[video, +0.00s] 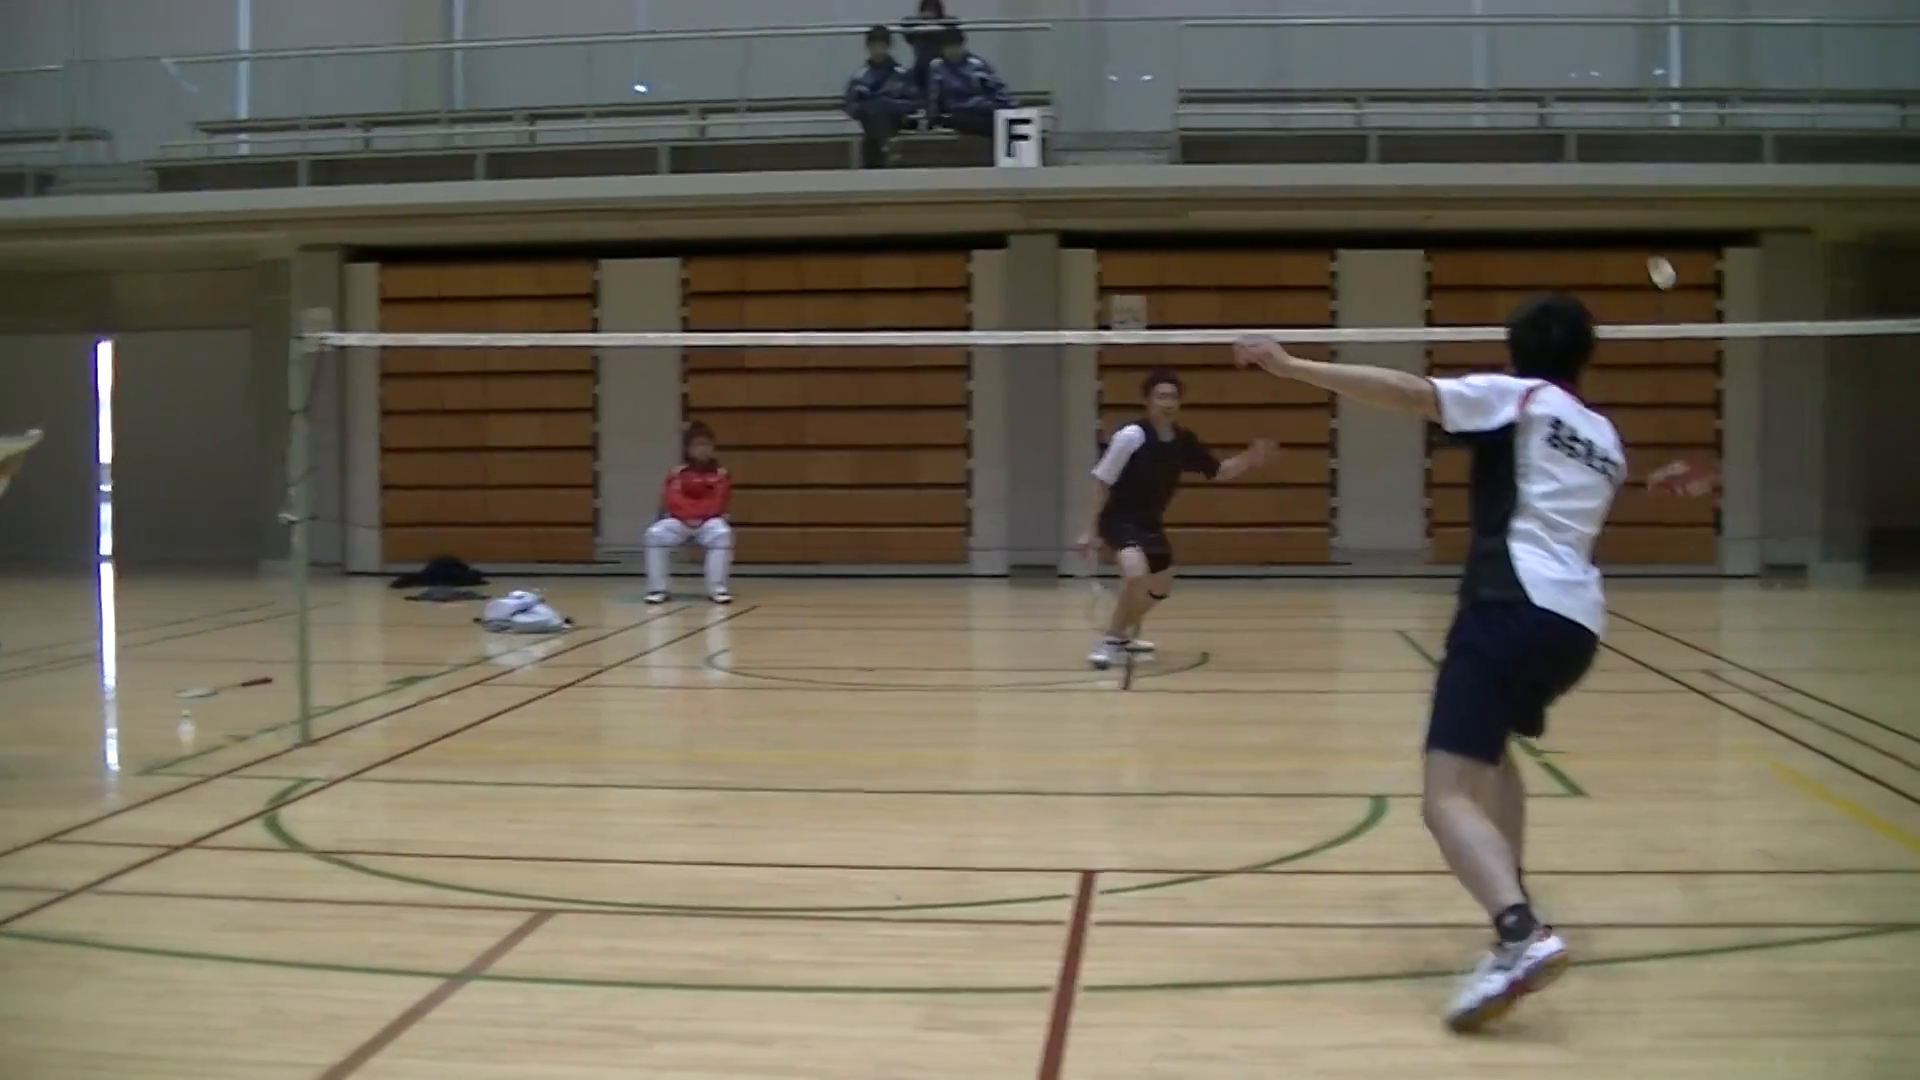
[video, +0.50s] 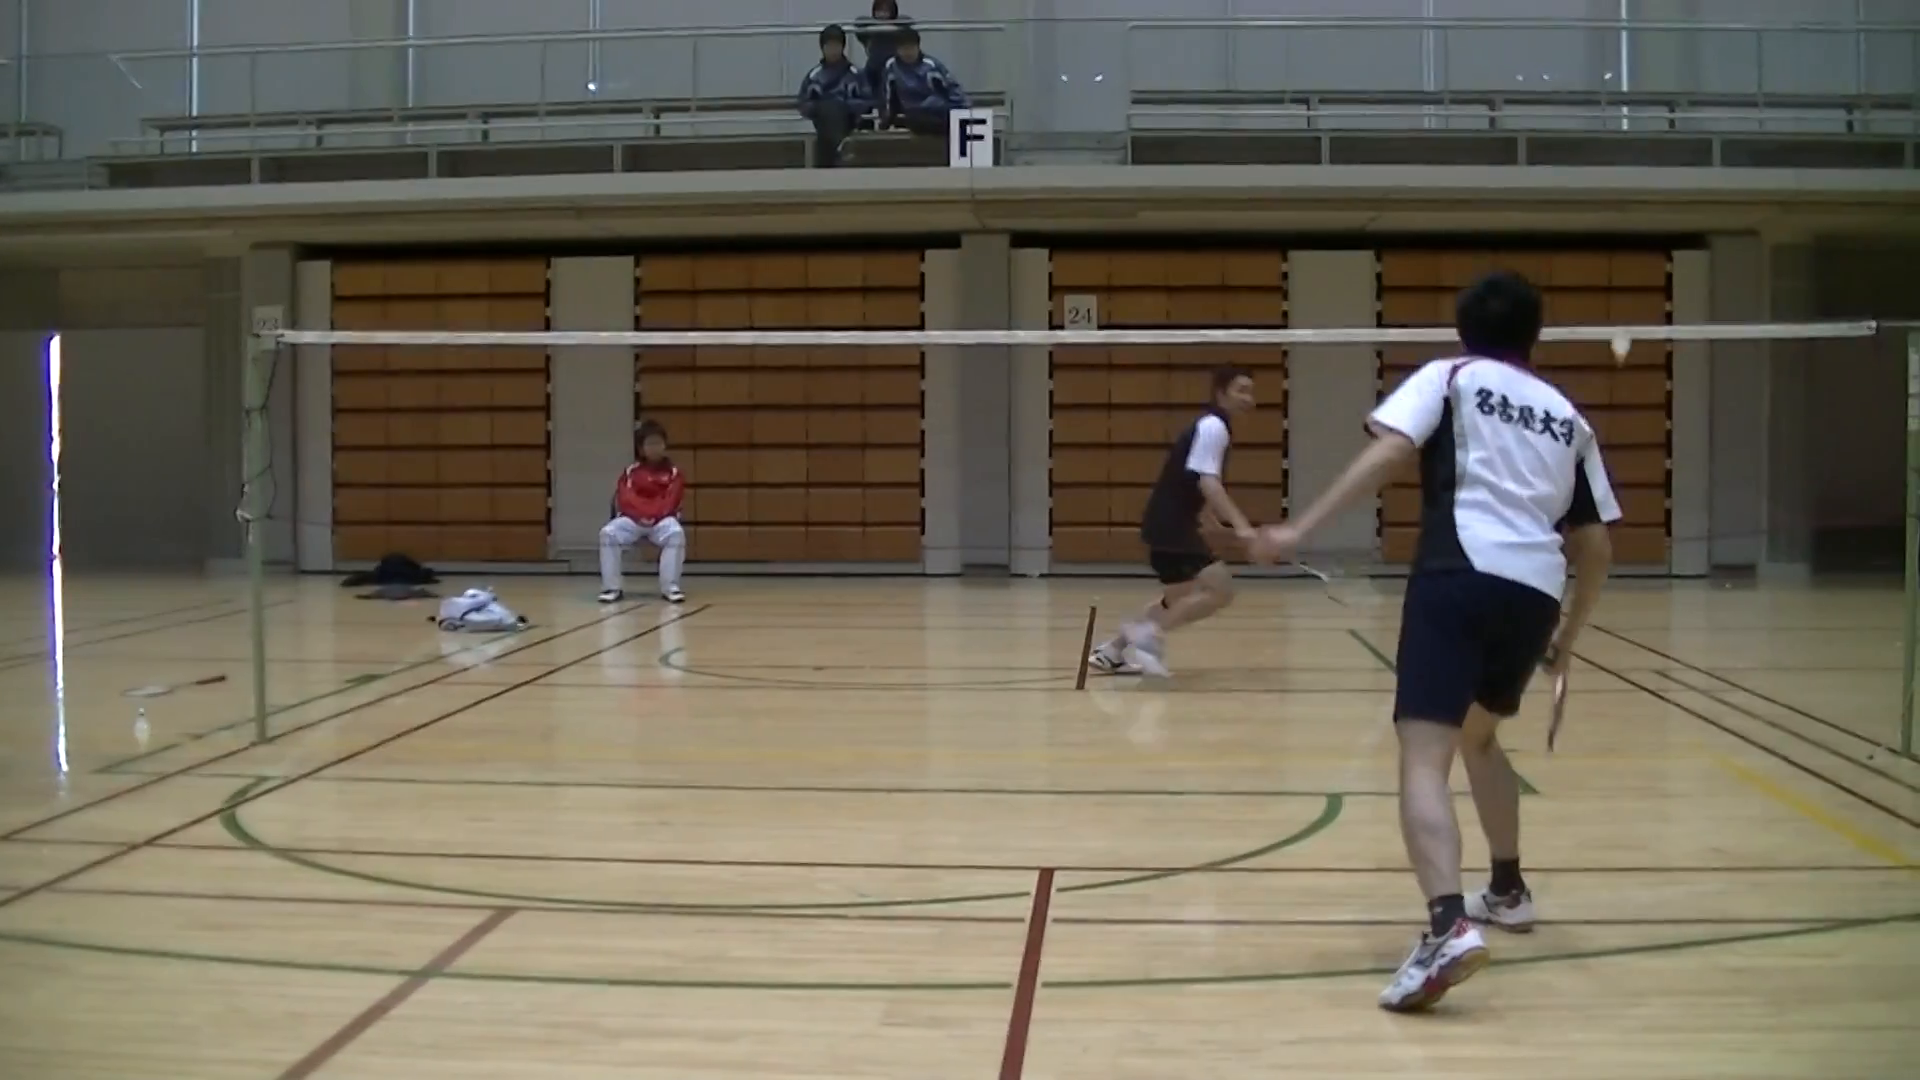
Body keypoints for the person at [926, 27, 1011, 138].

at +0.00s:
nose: (954, 52)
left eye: (957, 47)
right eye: (949, 48)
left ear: (962, 47)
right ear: (943, 49)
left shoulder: (976, 63)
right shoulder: (937, 67)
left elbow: (996, 84)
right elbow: (934, 95)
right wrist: (933, 118)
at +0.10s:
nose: (944, 52)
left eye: (947, 46)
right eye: (940, 47)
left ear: (954, 46)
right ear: (934, 49)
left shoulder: (969, 62)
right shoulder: (929, 66)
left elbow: (988, 84)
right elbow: (926, 94)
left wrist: (1000, 104)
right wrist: (924, 118)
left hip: (980, 108)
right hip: (952, 112)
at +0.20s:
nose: (943, 52)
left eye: (945, 46)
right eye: (938, 47)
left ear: (953, 46)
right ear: (932, 49)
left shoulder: (968, 63)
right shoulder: (927, 66)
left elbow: (986, 85)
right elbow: (923, 93)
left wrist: (999, 104)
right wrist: (922, 118)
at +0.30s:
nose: (928, 52)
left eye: (931, 47)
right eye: (923, 48)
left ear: (937, 46)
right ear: (915, 49)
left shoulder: (949, 63)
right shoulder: (910, 67)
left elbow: (969, 85)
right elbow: (906, 94)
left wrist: (983, 105)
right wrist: (905, 118)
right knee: (952, 101)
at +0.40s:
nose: (913, 53)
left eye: (916, 47)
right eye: (908, 48)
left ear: (923, 47)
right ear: (902, 50)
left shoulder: (935, 63)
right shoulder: (897, 66)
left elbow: (955, 85)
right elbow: (893, 95)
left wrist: (969, 104)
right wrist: (891, 119)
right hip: (916, 114)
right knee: (938, 101)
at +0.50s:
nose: (908, 53)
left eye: (911, 48)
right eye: (904, 49)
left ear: (918, 48)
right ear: (897, 50)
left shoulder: (932, 65)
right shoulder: (892, 67)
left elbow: (951, 87)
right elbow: (888, 96)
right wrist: (886, 120)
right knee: (933, 102)